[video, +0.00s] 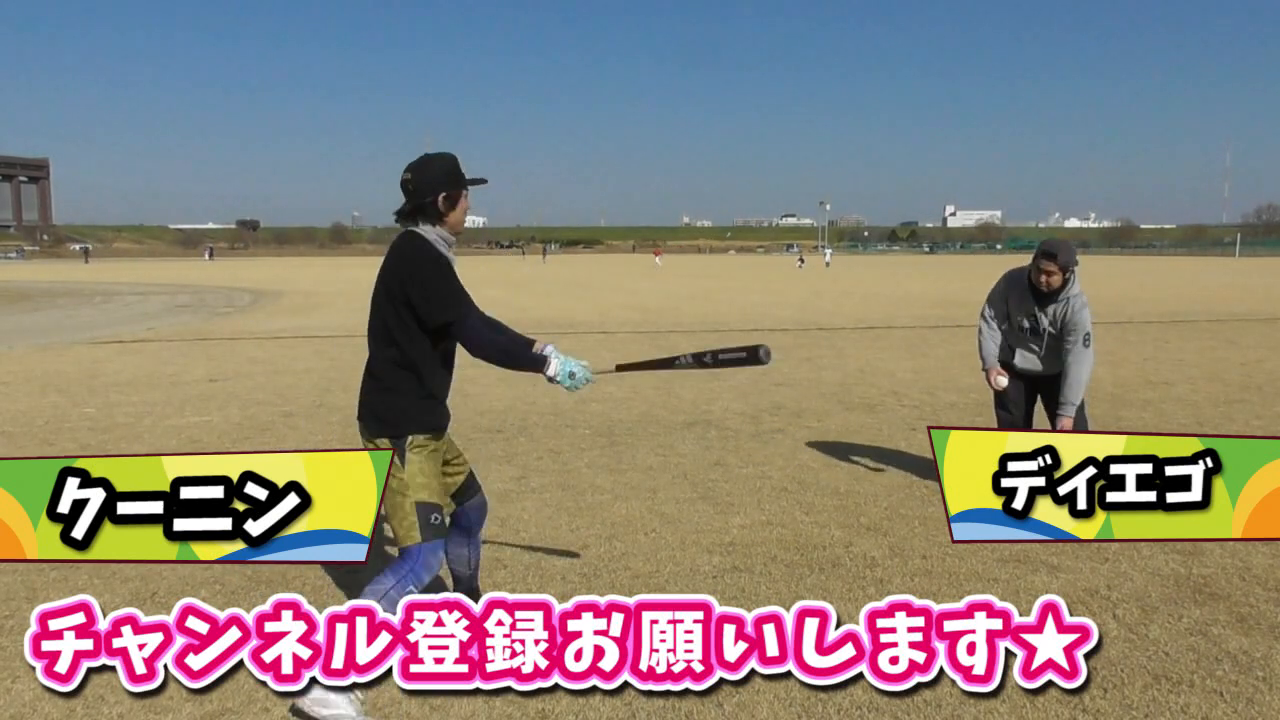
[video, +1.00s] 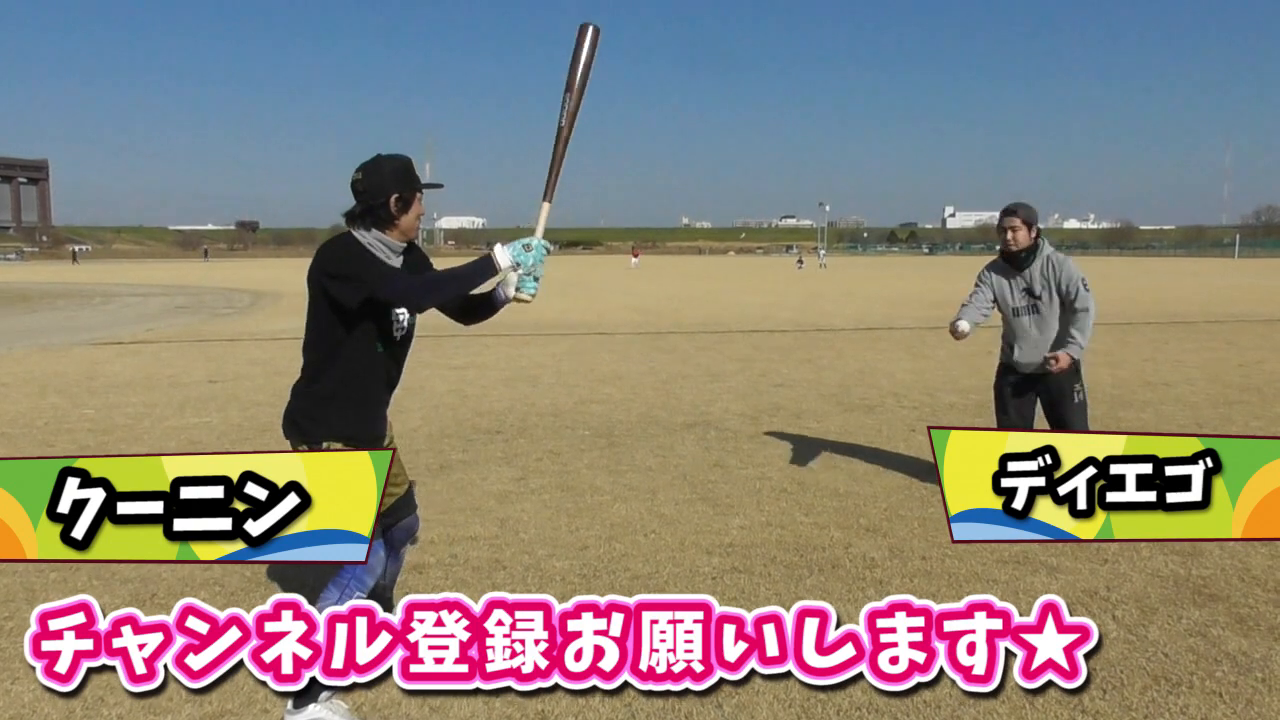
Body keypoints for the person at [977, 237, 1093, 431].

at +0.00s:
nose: (1042, 279)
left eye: (1050, 274)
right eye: (1038, 271)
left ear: (1066, 273)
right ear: (1032, 265)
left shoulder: (1074, 303)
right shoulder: (1011, 283)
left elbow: (1078, 358)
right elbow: (990, 321)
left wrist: (1066, 413)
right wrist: (991, 364)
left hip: (1057, 374)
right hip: (1014, 373)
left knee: (1075, 437)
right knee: (1012, 438)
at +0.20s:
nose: (1042, 299)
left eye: (1051, 296)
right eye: (1040, 290)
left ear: (1068, 299)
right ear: (1036, 282)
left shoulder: (1073, 327)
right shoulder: (1011, 297)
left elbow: (1070, 378)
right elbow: (988, 334)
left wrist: (1055, 427)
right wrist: (986, 375)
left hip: (1053, 378)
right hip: (1011, 374)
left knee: (1074, 433)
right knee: (1010, 436)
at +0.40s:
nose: (1039, 313)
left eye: (1048, 310)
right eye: (1037, 304)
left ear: (1064, 312)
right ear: (1033, 296)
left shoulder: (1070, 335)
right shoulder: (1009, 306)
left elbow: (1067, 389)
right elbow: (988, 345)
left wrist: (1057, 435)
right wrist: (987, 385)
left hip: (1051, 378)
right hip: (1011, 375)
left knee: (1073, 432)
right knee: (1010, 435)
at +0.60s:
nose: (1030, 307)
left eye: (1039, 304)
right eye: (1028, 299)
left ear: (1056, 305)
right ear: (1024, 292)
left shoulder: (1067, 328)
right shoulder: (1005, 305)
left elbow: (1071, 381)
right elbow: (985, 345)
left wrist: (1062, 431)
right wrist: (983, 385)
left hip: (1051, 378)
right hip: (1010, 375)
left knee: (1074, 433)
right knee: (1009, 435)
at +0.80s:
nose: (1019, 264)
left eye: (1026, 258)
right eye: (1014, 257)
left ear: (1044, 258)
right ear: (1009, 256)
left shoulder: (1066, 292)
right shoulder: (1000, 284)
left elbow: (1083, 342)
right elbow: (983, 318)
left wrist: (1073, 386)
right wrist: (974, 348)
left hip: (1057, 373)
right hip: (1014, 372)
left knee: (1076, 442)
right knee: (1010, 441)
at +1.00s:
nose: (1007, 237)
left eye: (1014, 230)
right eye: (1003, 231)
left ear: (1033, 232)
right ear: (998, 233)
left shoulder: (1059, 266)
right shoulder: (994, 272)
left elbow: (1083, 309)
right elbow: (979, 301)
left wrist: (1070, 352)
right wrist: (965, 321)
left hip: (1059, 369)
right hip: (1014, 371)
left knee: (1074, 444)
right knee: (1012, 444)